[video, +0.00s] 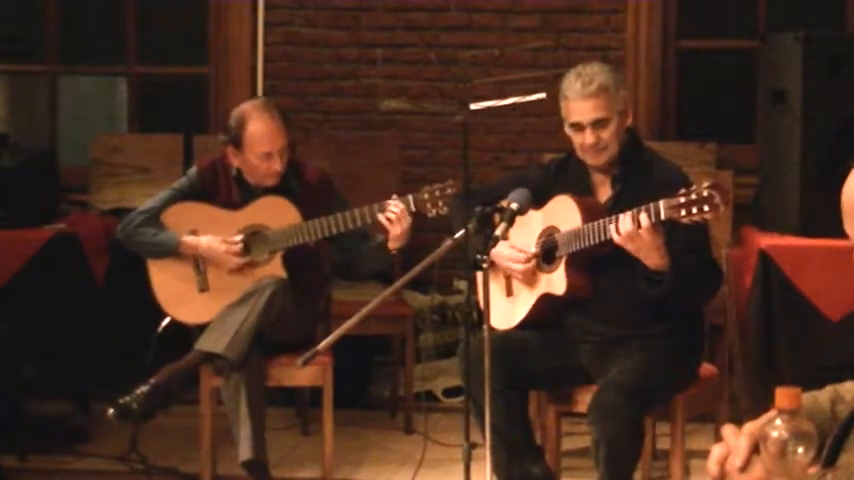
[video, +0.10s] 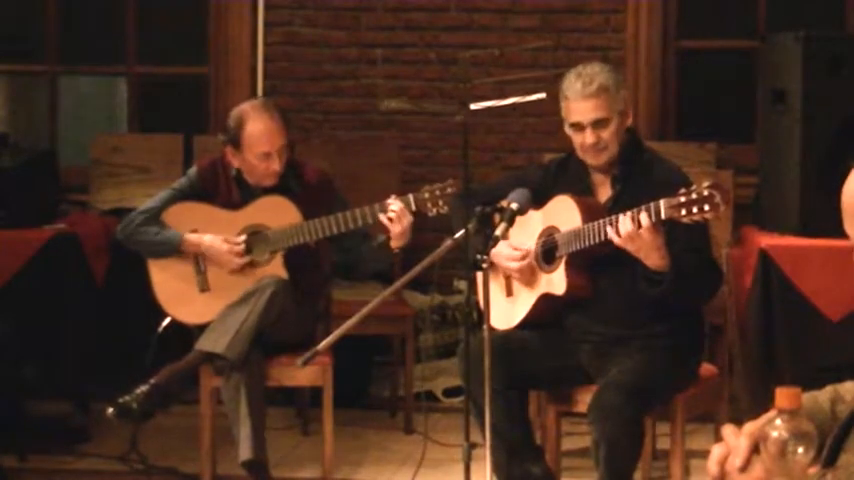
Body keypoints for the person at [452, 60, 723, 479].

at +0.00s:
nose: (590, 139)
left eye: (601, 125)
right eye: (577, 128)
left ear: (626, 116)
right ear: (564, 126)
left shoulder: (667, 184)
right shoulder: (557, 177)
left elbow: (703, 284)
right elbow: (469, 203)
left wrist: (661, 265)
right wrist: (489, 248)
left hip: (653, 343)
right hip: (574, 336)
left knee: (612, 406)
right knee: (485, 353)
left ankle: (614, 474)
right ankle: (523, 471)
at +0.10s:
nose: (590, 139)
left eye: (601, 125)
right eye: (577, 128)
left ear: (626, 117)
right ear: (564, 126)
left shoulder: (667, 184)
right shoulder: (557, 177)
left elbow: (703, 284)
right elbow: (471, 203)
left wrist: (661, 265)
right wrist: (489, 247)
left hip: (653, 342)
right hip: (574, 336)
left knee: (612, 405)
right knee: (485, 353)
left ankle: (614, 474)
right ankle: (524, 471)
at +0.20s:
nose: (590, 138)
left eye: (601, 124)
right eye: (577, 128)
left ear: (626, 117)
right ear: (564, 126)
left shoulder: (666, 183)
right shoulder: (558, 177)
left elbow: (704, 284)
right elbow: (469, 202)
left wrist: (660, 263)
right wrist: (488, 248)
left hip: (653, 344)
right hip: (574, 337)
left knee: (613, 404)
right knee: (486, 353)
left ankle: (614, 473)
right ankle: (524, 471)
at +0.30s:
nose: (590, 138)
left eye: (601, 124)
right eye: (577, 128)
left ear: (626, 117)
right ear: (564, 126)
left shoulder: (667, 183)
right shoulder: (557, 177)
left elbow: (704, 285)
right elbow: (468, 203)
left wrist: (660, 263)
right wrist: (487, 246)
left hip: (653, 344)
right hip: (573, 337)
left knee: (613, 404)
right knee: (486, 353)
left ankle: (614, 474)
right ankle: (524, 471)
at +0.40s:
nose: (590, 138)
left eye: (601, 124)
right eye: (577, 127)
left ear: (626, 117)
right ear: (565, 127)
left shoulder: (666, 183)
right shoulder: (557, 177)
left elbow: (704, 284)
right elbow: (467, 202)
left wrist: (660, 261)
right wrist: (490, 247)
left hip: (653, 344)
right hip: (573, 338)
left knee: (613, 404)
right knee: (484, 352)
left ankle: (613, 474)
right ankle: (524, 471)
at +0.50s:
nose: (585, 138)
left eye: (597, 125)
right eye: (573, 127)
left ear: (624, 117)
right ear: (563, 124)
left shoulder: (666, 183)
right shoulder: (557, 177)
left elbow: (705, 284)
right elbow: (467, 202)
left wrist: (662, 259)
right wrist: (489, 249)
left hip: (652, 344)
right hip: (572, 338)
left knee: (613, 404)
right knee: (484, 352)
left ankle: (613, 474)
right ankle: (525, 471)